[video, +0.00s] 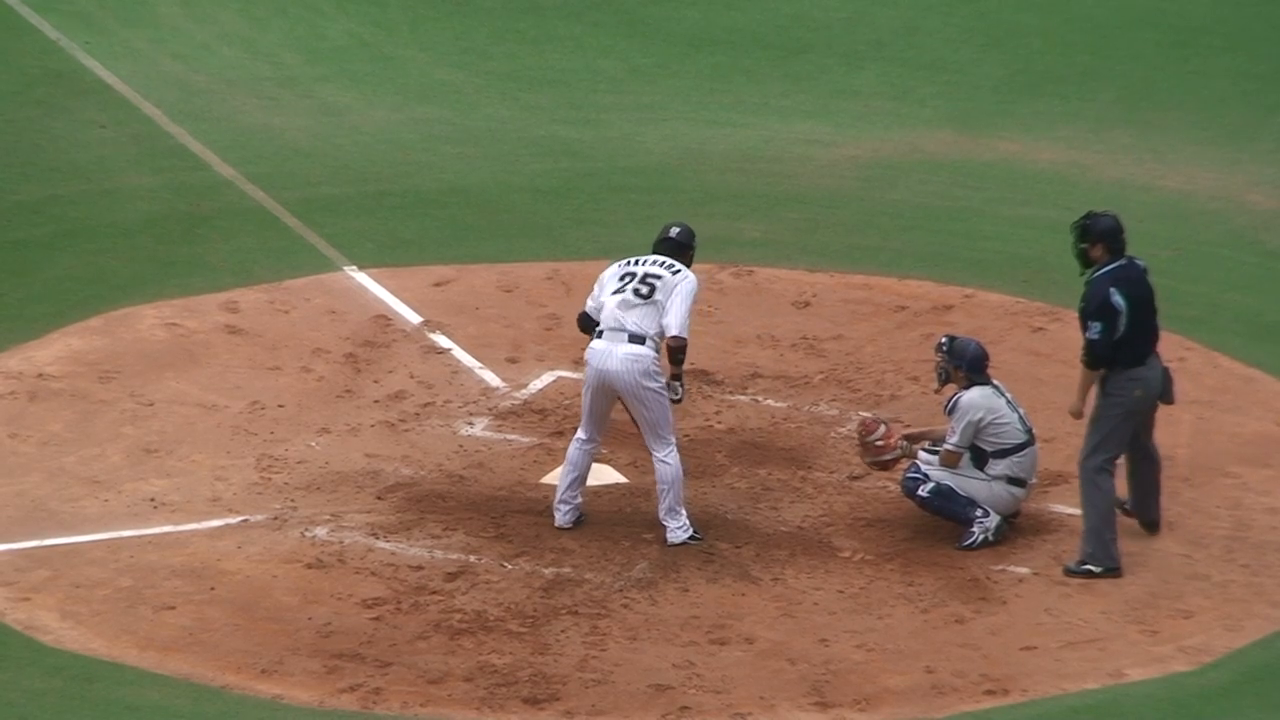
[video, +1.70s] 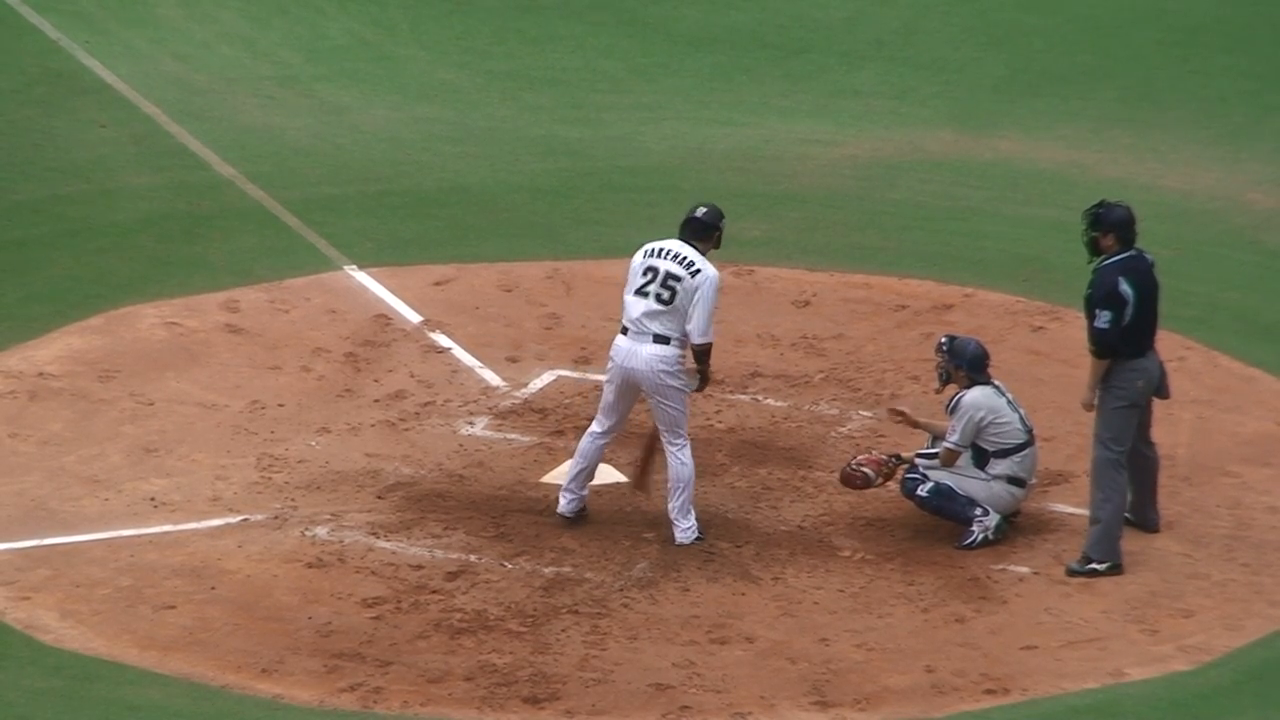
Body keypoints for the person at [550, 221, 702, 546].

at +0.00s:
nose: (691, 259)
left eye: (690, 254)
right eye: (691, 253)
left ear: (656, 246)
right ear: (687, 253)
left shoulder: (620, 265)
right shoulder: (684, 277)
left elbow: (586, 320)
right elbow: (675, 341)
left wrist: (615, 343)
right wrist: (676, 377)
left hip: (598, 351)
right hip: (639, 357)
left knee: (586, 436)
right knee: (663, 448)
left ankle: (564, 512)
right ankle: (677, 527)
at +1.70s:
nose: (716, 242)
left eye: (718, 236)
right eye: (716, 237)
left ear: (683, 228)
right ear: (710, 237)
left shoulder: (646, 250)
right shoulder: (705, 273)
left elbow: (631, 302)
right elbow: (699, 337)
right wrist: (704, 372)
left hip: (623, 347)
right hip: (662, 358)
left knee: (601, 427)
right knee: (676, 443)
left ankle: (569, 501)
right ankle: (684, 528)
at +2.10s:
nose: (681, 227)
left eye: (677, 221)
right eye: (680, 222)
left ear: (647, 220)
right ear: (676, 227)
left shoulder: (625, 248)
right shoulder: (670, 268)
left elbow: (658, 299)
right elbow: (667, 325)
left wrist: (702, 313)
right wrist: (707, 325)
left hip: (609, 351)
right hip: (647, 359)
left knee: (595, 432)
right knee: (668, 441)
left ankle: (566, 510)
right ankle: (682, 527)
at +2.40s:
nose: (648, 221)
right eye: (647, 216)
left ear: (612, 219)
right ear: (646, 221)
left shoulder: (597, 248)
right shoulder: (652, 267)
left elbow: (633, 275)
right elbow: (670, 315)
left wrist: (675, 273)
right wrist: (689, 284)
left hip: (605, 354)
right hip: (645, 359)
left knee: (593, 431)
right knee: (666, 441)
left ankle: (566, 508)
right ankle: (681, 525)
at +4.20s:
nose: (639, 229)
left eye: (640, 225)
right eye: (678, 225)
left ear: (644, 231)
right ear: (677, 231)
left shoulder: (626, 264)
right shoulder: (687, 274)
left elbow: (665, 288)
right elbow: (717, 312)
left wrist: (703, 273)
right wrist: (716, 278)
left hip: (627, 366)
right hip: (668, 371)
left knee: (612, 435)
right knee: (687, 447)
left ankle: (571, 508)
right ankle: (682, 528)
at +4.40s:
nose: (689, 231)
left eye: (655, 225)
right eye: (688, 226)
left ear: (654, 230)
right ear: (688, 232)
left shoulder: (638, 263)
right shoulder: (703, 273)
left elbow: (680, 281)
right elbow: (738, 297)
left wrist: (720, 265)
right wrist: (737, 270)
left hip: (639, 365)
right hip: (680, 372)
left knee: (643, 422)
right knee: (690, 447)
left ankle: (605, 493)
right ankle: (683, 527)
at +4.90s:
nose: (689, 230)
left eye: (652, 225)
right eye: (687, 226)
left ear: (652, 230)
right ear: (685, 232)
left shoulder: (639, 260)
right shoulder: (699, 273)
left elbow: (688, 269)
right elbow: (746, 281)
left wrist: (734, 247)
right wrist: (747, 245)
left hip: (637, 365)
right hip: (677, 372)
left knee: (634, 421)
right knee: (688, 447)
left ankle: (588, 490)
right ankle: (683, 528)